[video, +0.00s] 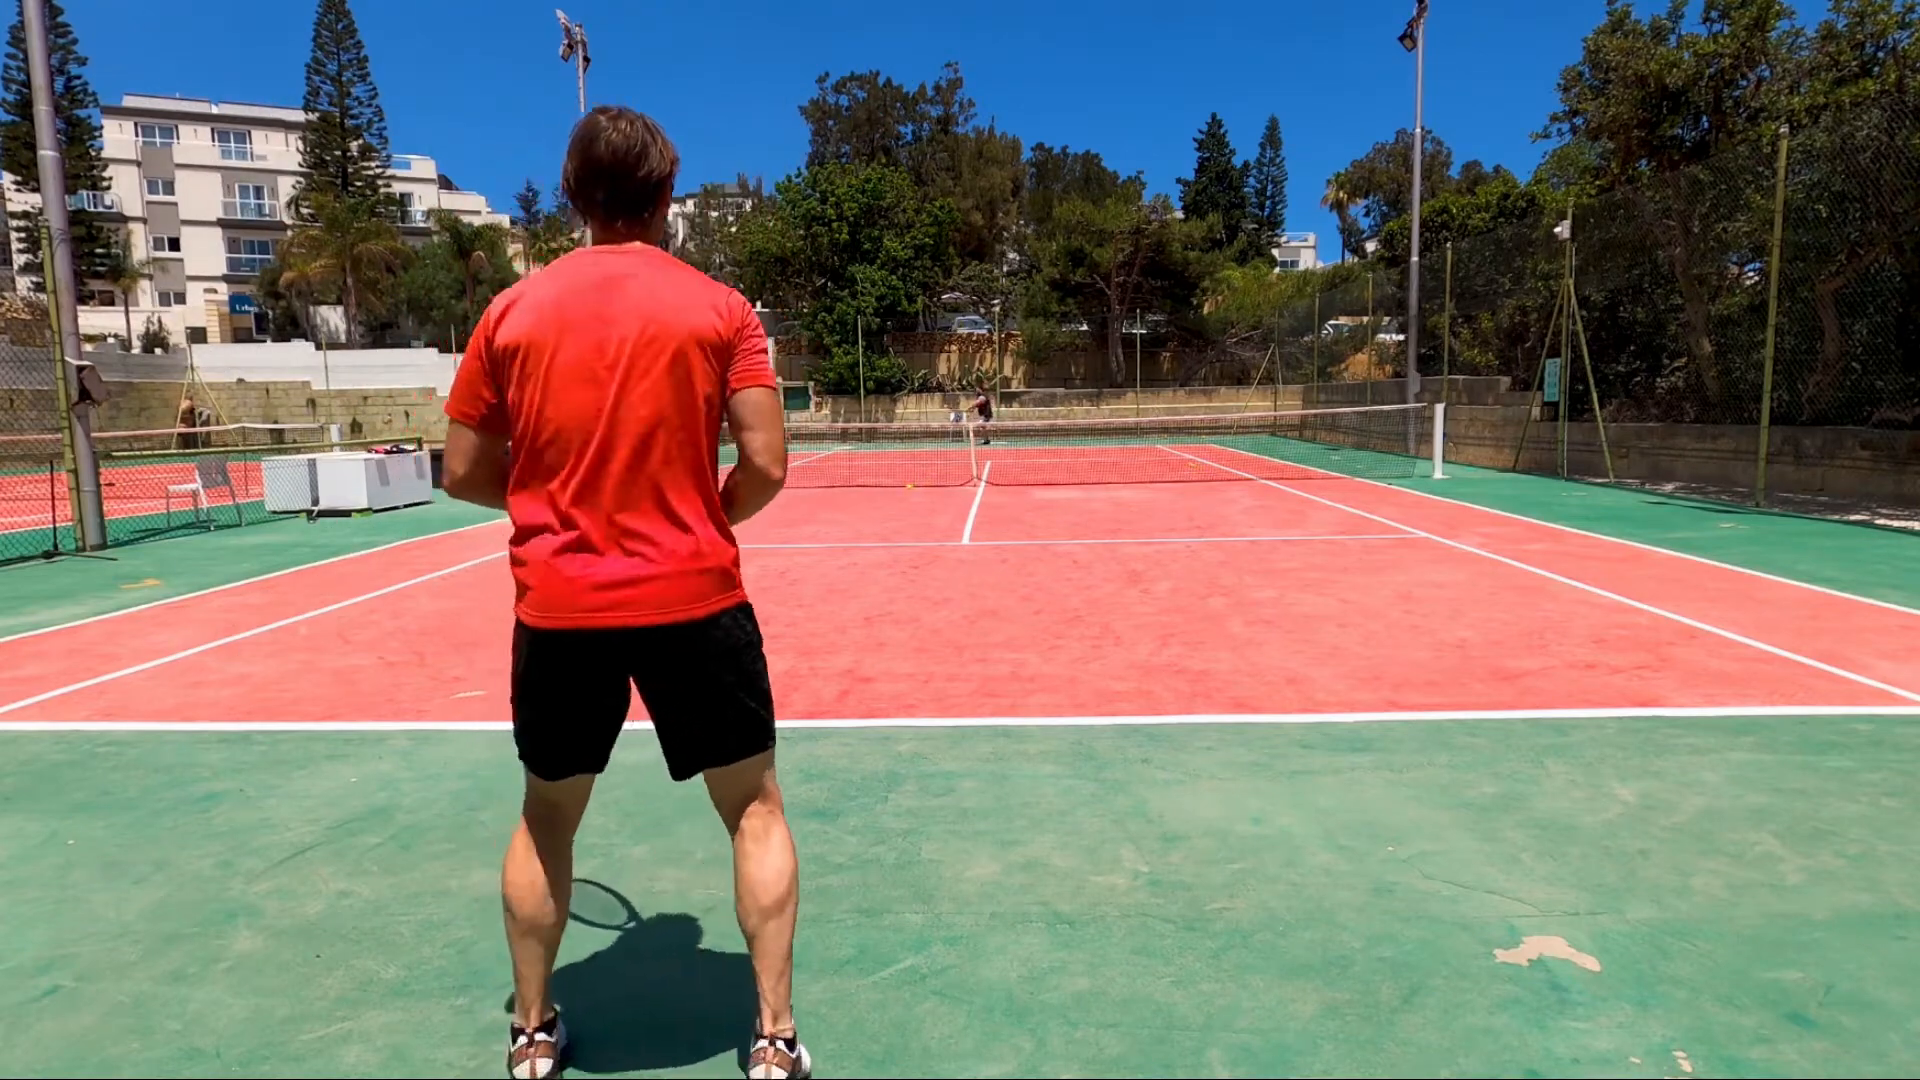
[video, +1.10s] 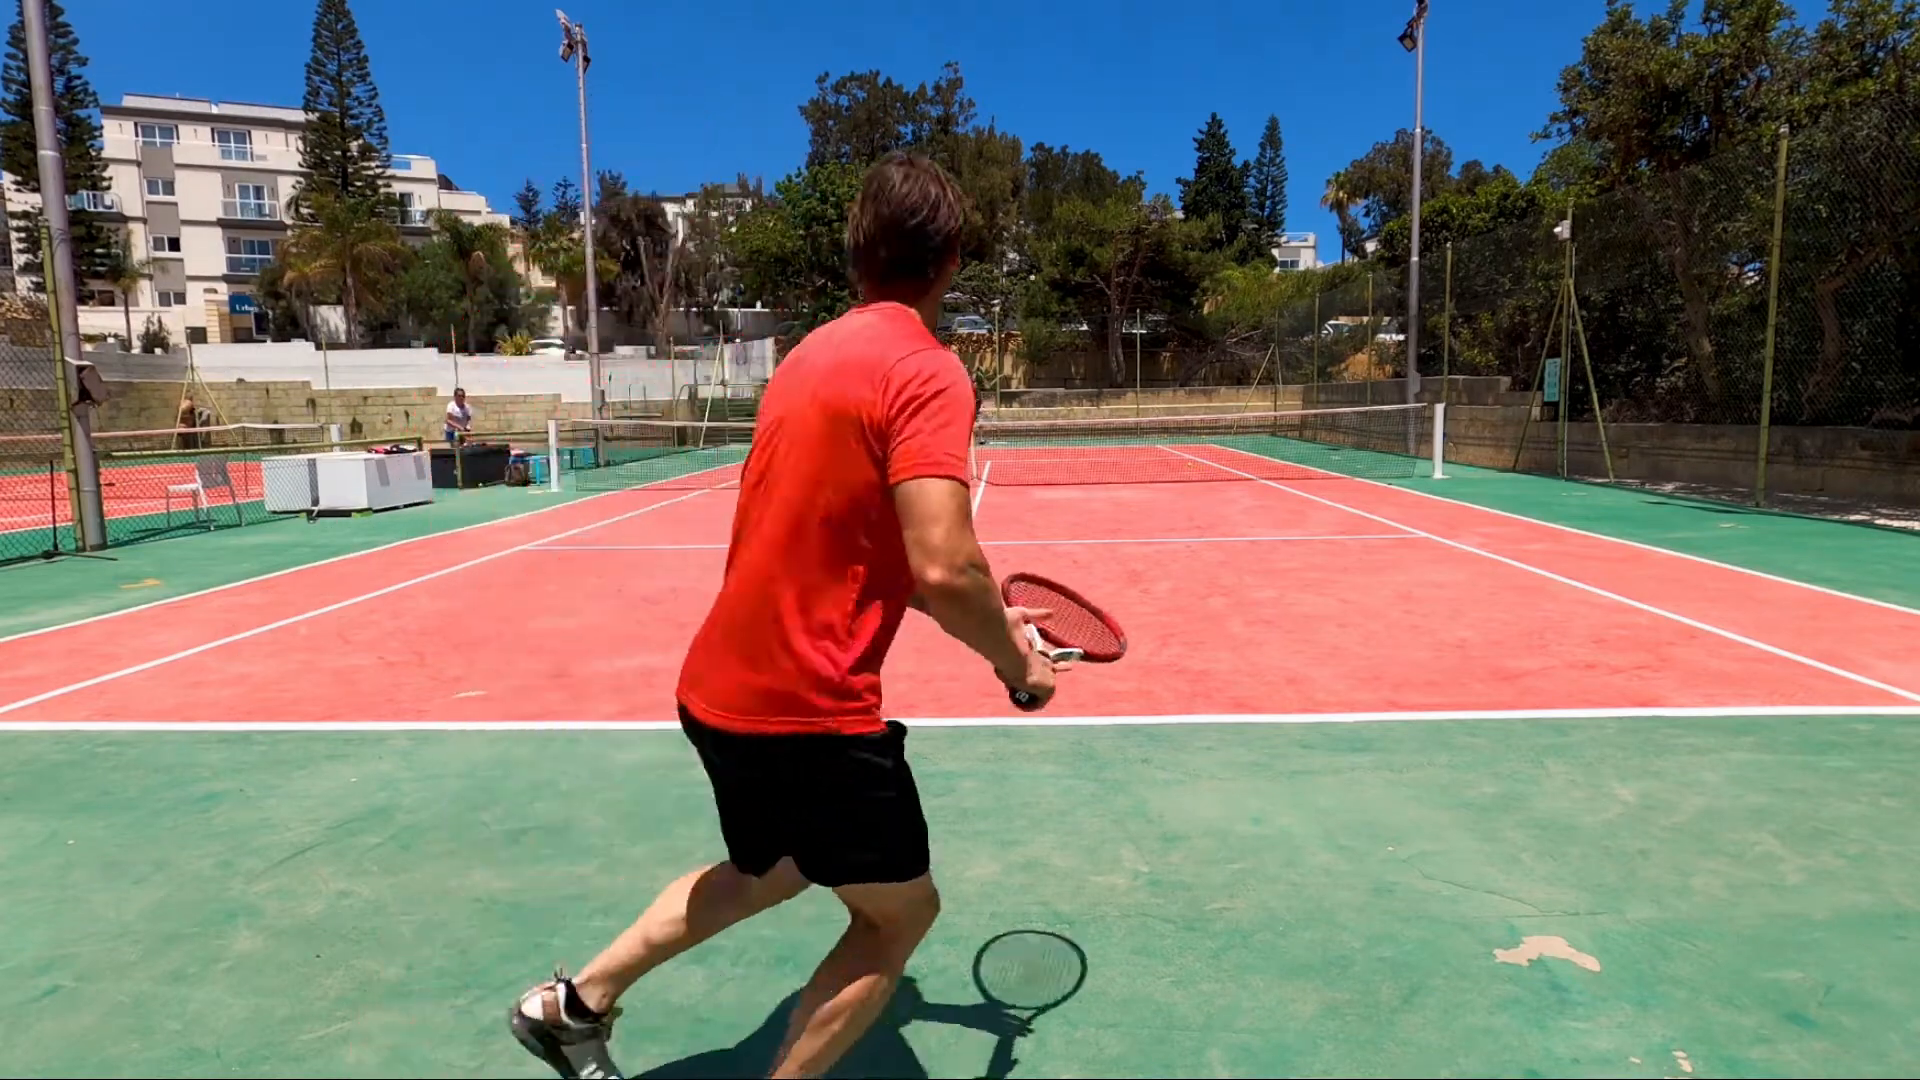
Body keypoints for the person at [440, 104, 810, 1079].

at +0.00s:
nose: (667, 206)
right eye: (668, 192)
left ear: (574, 196)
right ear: (667, 198)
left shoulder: (514, 310)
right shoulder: (719, 308)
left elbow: (465, 471)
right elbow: (765, 465)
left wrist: (559, 471)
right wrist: (708, 517)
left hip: (561, 613)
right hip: (694, 606)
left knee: (547, 818)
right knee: (753, 803)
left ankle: (532, 1030)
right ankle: (774, 1033)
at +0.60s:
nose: (682, 211)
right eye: (680, 198)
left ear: (577, 209)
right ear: (672, 210)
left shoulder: (502, 323)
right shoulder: (719, 324)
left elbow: (450, 481)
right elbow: (779, 484)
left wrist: (546, 509)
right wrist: (699, 530)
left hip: (527, 642)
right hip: (667, 642)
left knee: (469, 838)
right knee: (751, 851)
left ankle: (378, 1052)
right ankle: (771, 1070)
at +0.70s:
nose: (676, 287)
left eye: (669, 271)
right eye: (673, 273)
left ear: (568, 283)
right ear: (663, 285)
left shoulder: (498, 389)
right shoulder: (689, 397)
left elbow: (449, 554)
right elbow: (752, 566)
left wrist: (545, 578)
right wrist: (695, 615)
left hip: (498, 708)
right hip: (637, 710)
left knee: (457, 877)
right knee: (769, 865)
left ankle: (362, 1069)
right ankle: (764, 1072)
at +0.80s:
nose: (695, 322)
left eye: (689, 306)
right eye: (693, 308)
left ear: (589, 316)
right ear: (682, 320)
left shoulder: (522, 426)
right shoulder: (686, 434)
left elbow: (520, 575)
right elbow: (735, 608)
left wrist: (669, 617)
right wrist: (731, 654)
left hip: (488, 740)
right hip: (620, 742)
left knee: (463, 880)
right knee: (810, 860)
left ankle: (360, 1068)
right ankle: (763, 1072)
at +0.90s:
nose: (757, 323)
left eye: (755, 309)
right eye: (754, 309)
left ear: (657, 316)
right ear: (743, 318)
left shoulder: (598, 414)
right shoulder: (732, 426)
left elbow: (597, 596)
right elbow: (763, 607)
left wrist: (718, 642)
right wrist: (788, 672)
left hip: (526, 733)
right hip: (651, 740)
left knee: (491, 891)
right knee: (847, 867)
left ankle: (363, 1070)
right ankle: (785, 1072)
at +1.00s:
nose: (858, 286)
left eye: (853, 271)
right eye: (855, 272)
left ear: (758, 277)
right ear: (843, 282)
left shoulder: (705, 377)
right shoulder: (823, 398)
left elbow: (707, 541)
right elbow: (835, 590)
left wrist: (808, 622)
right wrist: (886, 669)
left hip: (618, 701)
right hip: (725, 720)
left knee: (582, 881)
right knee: (876, 900)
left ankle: (402, 1053)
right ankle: (782, 1074)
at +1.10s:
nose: (959, 267)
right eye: (959, 251)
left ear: (859, 250)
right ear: (951, 263)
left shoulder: (809, 355)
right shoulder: (925, 370)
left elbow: (810, 524)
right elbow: (943, 571)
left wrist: (953, 572)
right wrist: (1016, 661)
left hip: (723, 690)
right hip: (814, 708)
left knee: (776, 866)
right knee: (898, 915)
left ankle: (581, 1001)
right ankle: (785, 1073)